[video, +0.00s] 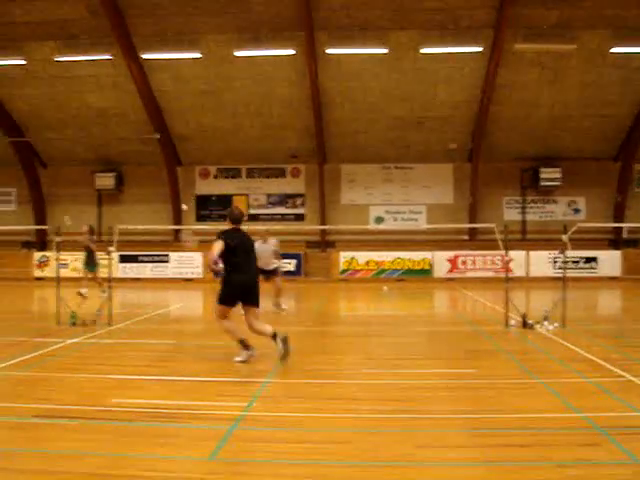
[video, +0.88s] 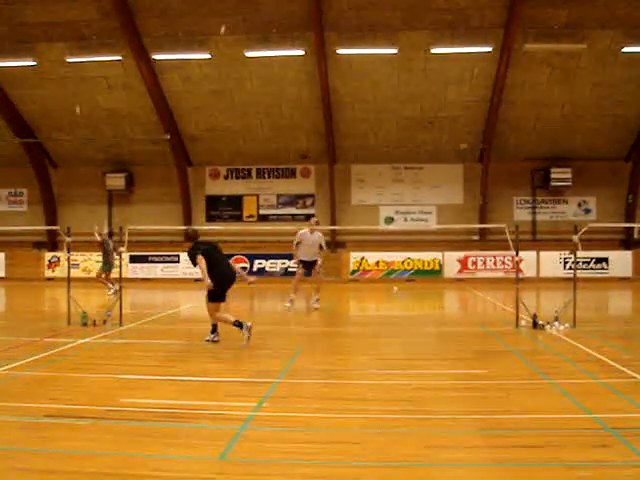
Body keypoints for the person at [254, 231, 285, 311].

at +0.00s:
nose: (264, 236)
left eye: (266, 234)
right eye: (262, 234)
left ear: (269, 234)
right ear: (260, 235)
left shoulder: (273, 243)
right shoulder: (256, 245)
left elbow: (277, 254)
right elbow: (254, 256)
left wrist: (279, 261)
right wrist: (254, 266)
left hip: (272, 266)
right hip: (260, 266)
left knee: (278, 286)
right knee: (253, 285)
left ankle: (277, 303)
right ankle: (251, 304)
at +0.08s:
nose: (276, 234)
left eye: (277, 232)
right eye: (274, 232)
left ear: (280, 233)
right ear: (271, 233)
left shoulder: (285, 241)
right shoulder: (267, 243)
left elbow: (288, 254)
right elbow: (265, 255)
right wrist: (263, 264)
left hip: (282, 266)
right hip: (270, 266)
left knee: (288, 285)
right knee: (265, 284)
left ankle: (285, 301)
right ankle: (258, 301)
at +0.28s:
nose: (283, 228)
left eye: (285, 225)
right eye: (282, 225)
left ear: (288, 226)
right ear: (279, 227)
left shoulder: (293, 236)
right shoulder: (276, 238)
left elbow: (298, 247)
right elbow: (272, 252)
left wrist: (298, 259)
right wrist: (269, 265)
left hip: (290, 262)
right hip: (279, 262)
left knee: (292, 283)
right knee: (277, 281)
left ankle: (287, 301)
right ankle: (271, 303)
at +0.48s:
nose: (290, 228)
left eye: (292, 225)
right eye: (289, 225)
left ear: (295, 227)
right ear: (286, 227)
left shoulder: (299, 237)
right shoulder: (282, 238)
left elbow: (305, 250)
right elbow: (277, 253)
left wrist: (307, 262)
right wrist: (277, 266)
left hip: (295, 262)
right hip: (284, 262)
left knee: (302, 279)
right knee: (283, 280)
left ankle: (301, 301)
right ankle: (278, 302)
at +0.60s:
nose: (299, 230)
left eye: (301, 228)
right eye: (298, 228)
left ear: (303, 230)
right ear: (295, 229)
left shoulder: (306, 241)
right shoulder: (289, 240)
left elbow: (311, 255)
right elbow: (283, 253)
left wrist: (312, 269)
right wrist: (282, 267)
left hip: (300, 264)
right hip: (289, 264)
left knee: (309, 279)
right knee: (287, 279)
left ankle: (310, 302)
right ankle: (279, 303)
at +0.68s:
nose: (305, 230)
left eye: (307, 228)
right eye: (303, 228)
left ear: (309, 229)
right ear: (300, 229)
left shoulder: (311, 240)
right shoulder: (293, 239)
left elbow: (314, 253)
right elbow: (287, 251)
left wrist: (314, 267)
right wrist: (286, 263)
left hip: (305, 264)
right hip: (293, 263)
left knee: (310, 281)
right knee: (288, 280)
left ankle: (308, 303)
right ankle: (278, 302)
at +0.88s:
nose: (314, 227)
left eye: (316, 225)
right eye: (312, 224)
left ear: (317, 226)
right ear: (308, 224)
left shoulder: (319, 235)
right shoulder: (301, 234)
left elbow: (323, 249)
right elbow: (295, 246)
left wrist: (320, 260)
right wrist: (296, 257)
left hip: (314, 259)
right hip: (302, 259)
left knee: (318, 278)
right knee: (298, 277)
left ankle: (316, 298)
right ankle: (291, 298)